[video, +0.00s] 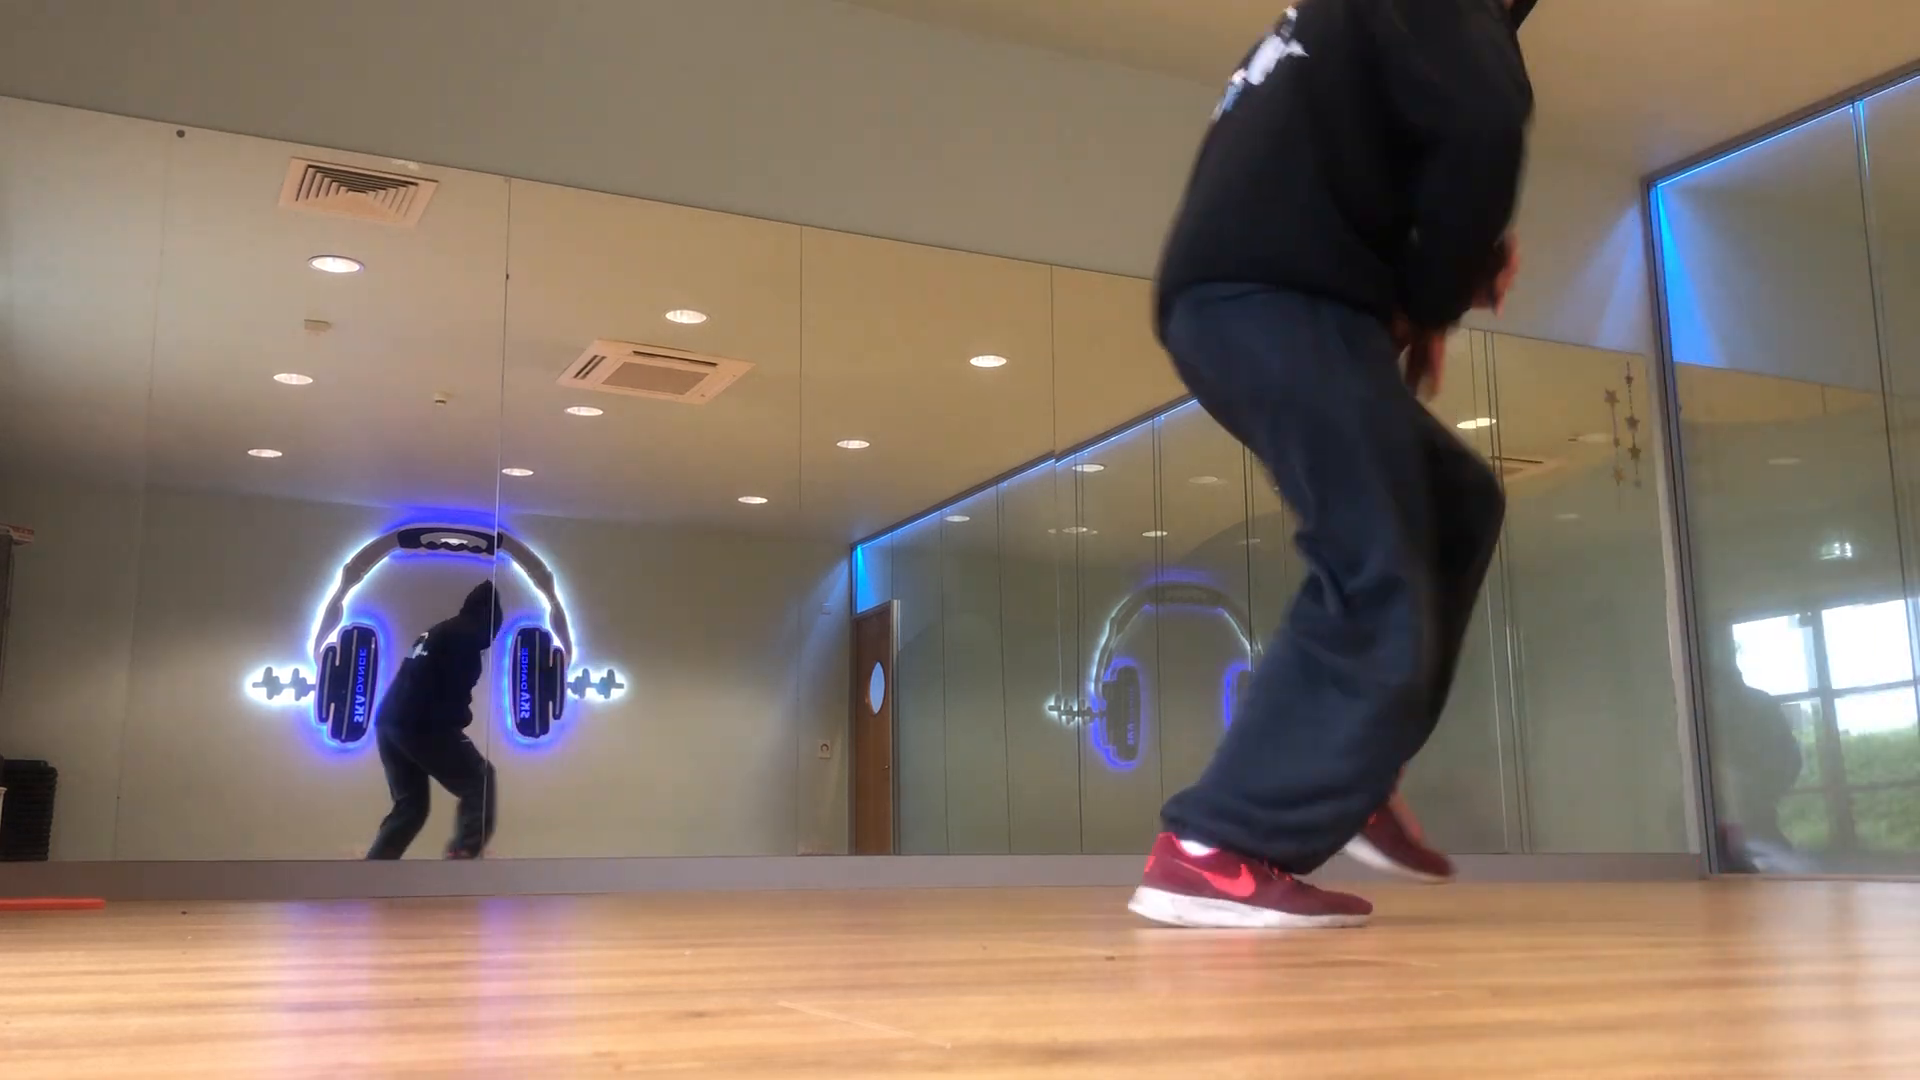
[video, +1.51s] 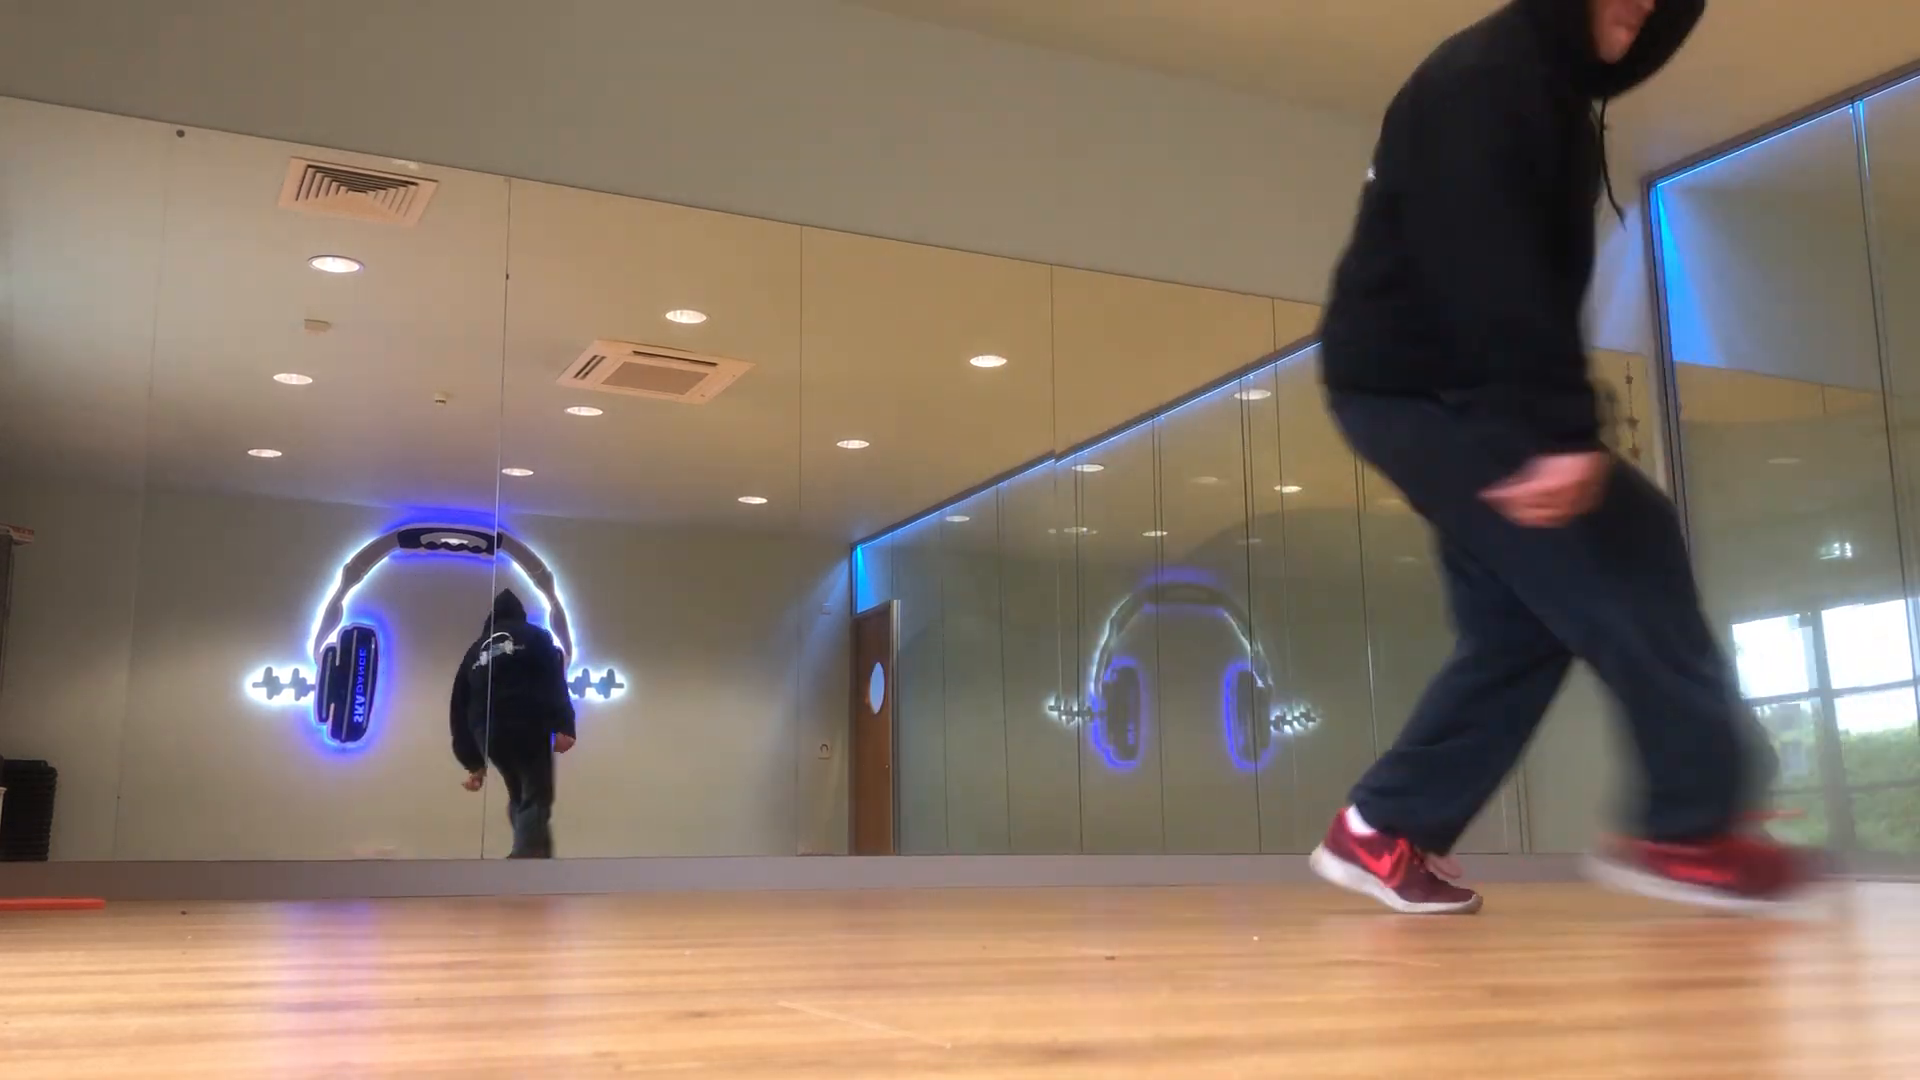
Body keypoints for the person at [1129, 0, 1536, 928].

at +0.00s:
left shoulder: (1379, 17)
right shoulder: (1447, 15)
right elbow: (1483, 122)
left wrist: (1460, 256)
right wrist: (1430, 307)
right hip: (1261, 295)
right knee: (1379, 571)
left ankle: (1351, 774)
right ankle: (1212, 843)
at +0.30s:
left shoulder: (1404, 105)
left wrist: (1360, 393)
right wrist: (1175, 24)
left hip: (1300, 294)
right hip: (1175, 231)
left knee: (1319, 525)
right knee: (1091, 507)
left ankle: (1229, 841)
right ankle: (858, 713)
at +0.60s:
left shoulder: (1357, 97)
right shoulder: (1158, 22)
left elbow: (1319, 293)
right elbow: (1066, 197)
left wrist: (1268, 465)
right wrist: (1168, 314)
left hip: (1218, 360)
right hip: (1078, 329)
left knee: (1215, 516)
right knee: (1064, 565)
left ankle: (1109, 661)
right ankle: (993, 839)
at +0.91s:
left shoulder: (1431, 21)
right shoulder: (1248, 57)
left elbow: (1433, 188)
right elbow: (1301, 257)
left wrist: (1348, 107)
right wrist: (1491, 261)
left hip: (1362, 340)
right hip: (1240, 339)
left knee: (1407, 585)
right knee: (1215, 572)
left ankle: (1392, 822)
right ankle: (1131, 818)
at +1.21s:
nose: (1528, 5)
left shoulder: (1589, 47)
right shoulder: (1399, 91)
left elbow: (1718, 76)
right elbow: (1292, 253)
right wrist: (1273, 421)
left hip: (1566, 373)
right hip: (1454, 384)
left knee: (1619, 592)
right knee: (1644, 564)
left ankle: (1456, 798)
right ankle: (1798, 817)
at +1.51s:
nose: (1639, 13)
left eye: (1651, 6)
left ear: (1647, 17)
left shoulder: (1557, 88)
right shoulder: (1490, 79)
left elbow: (1544, 275)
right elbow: (1493, 265)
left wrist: (1567, 425)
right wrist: (1558, 426)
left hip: (1459, 387)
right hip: (1415, 386)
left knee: (1524, 621)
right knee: (1624, 537)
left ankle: (1382, 827)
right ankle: (1687, 825)